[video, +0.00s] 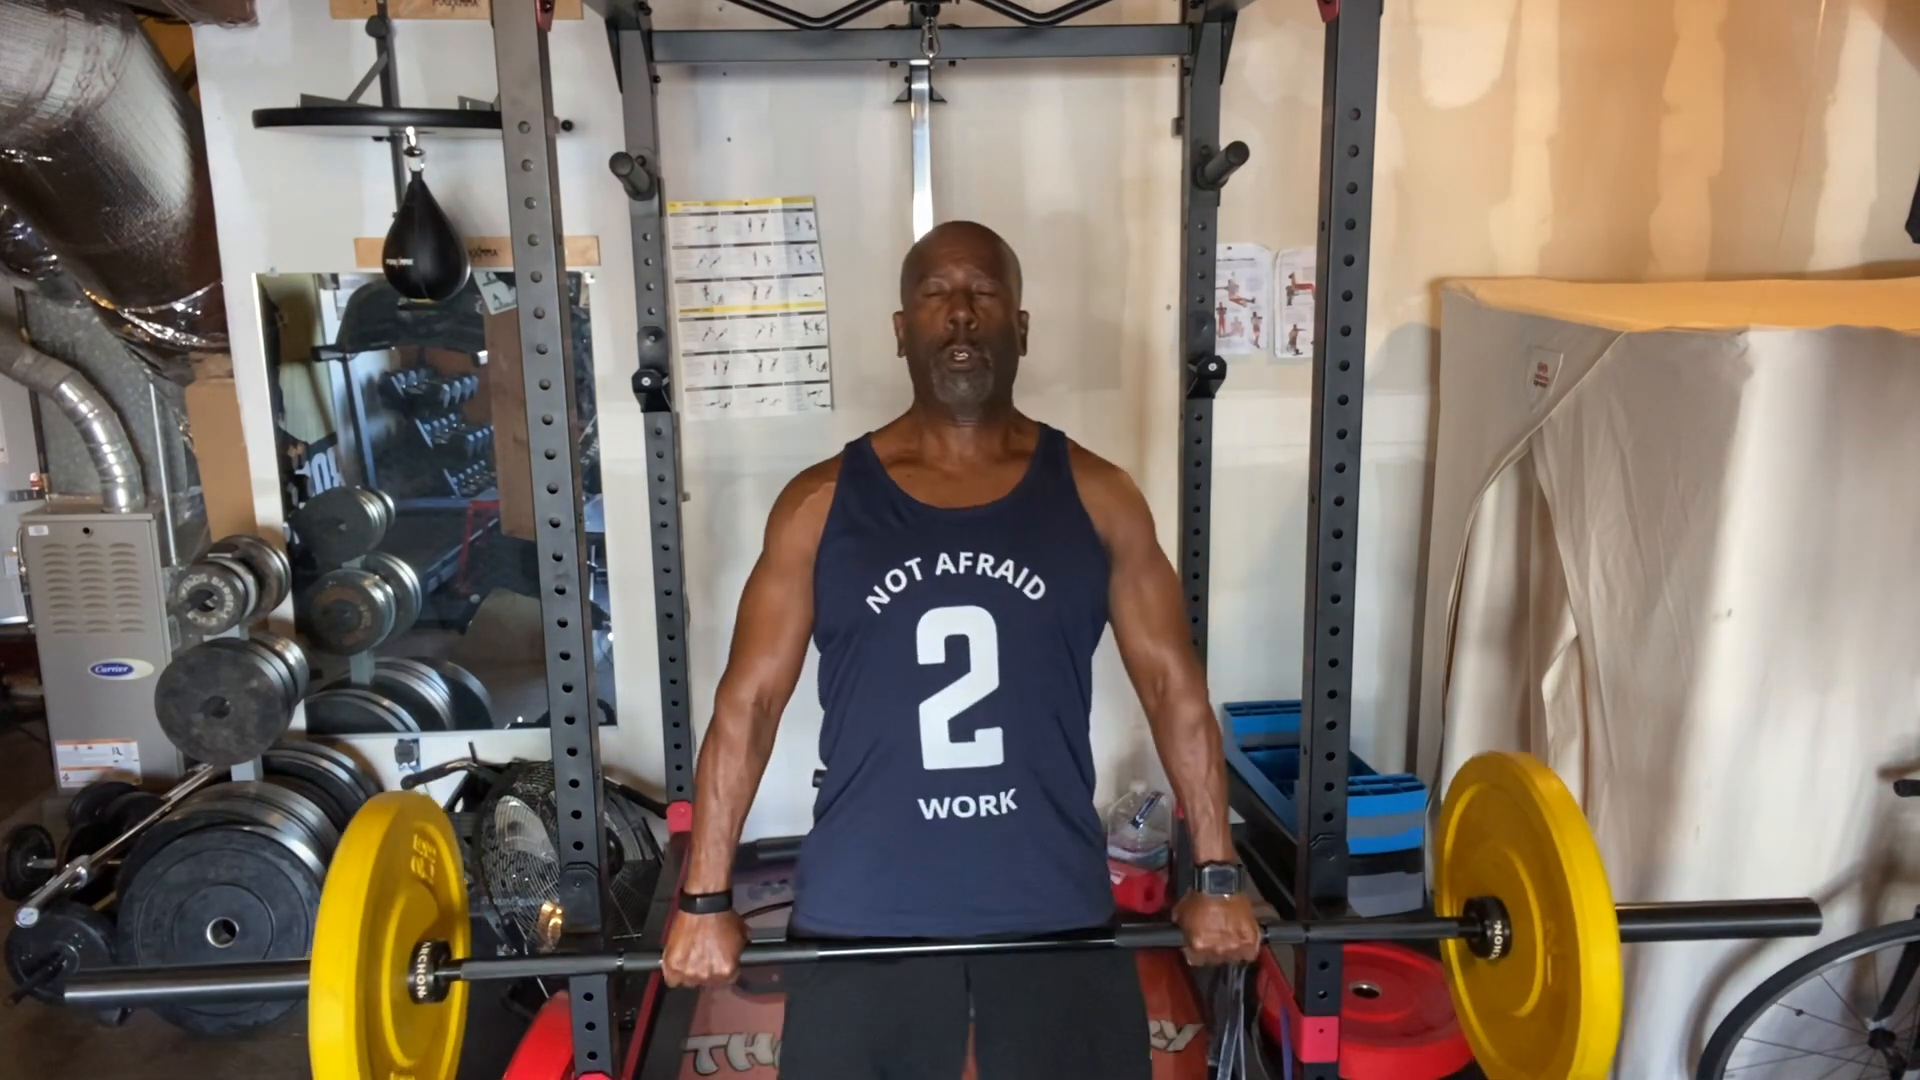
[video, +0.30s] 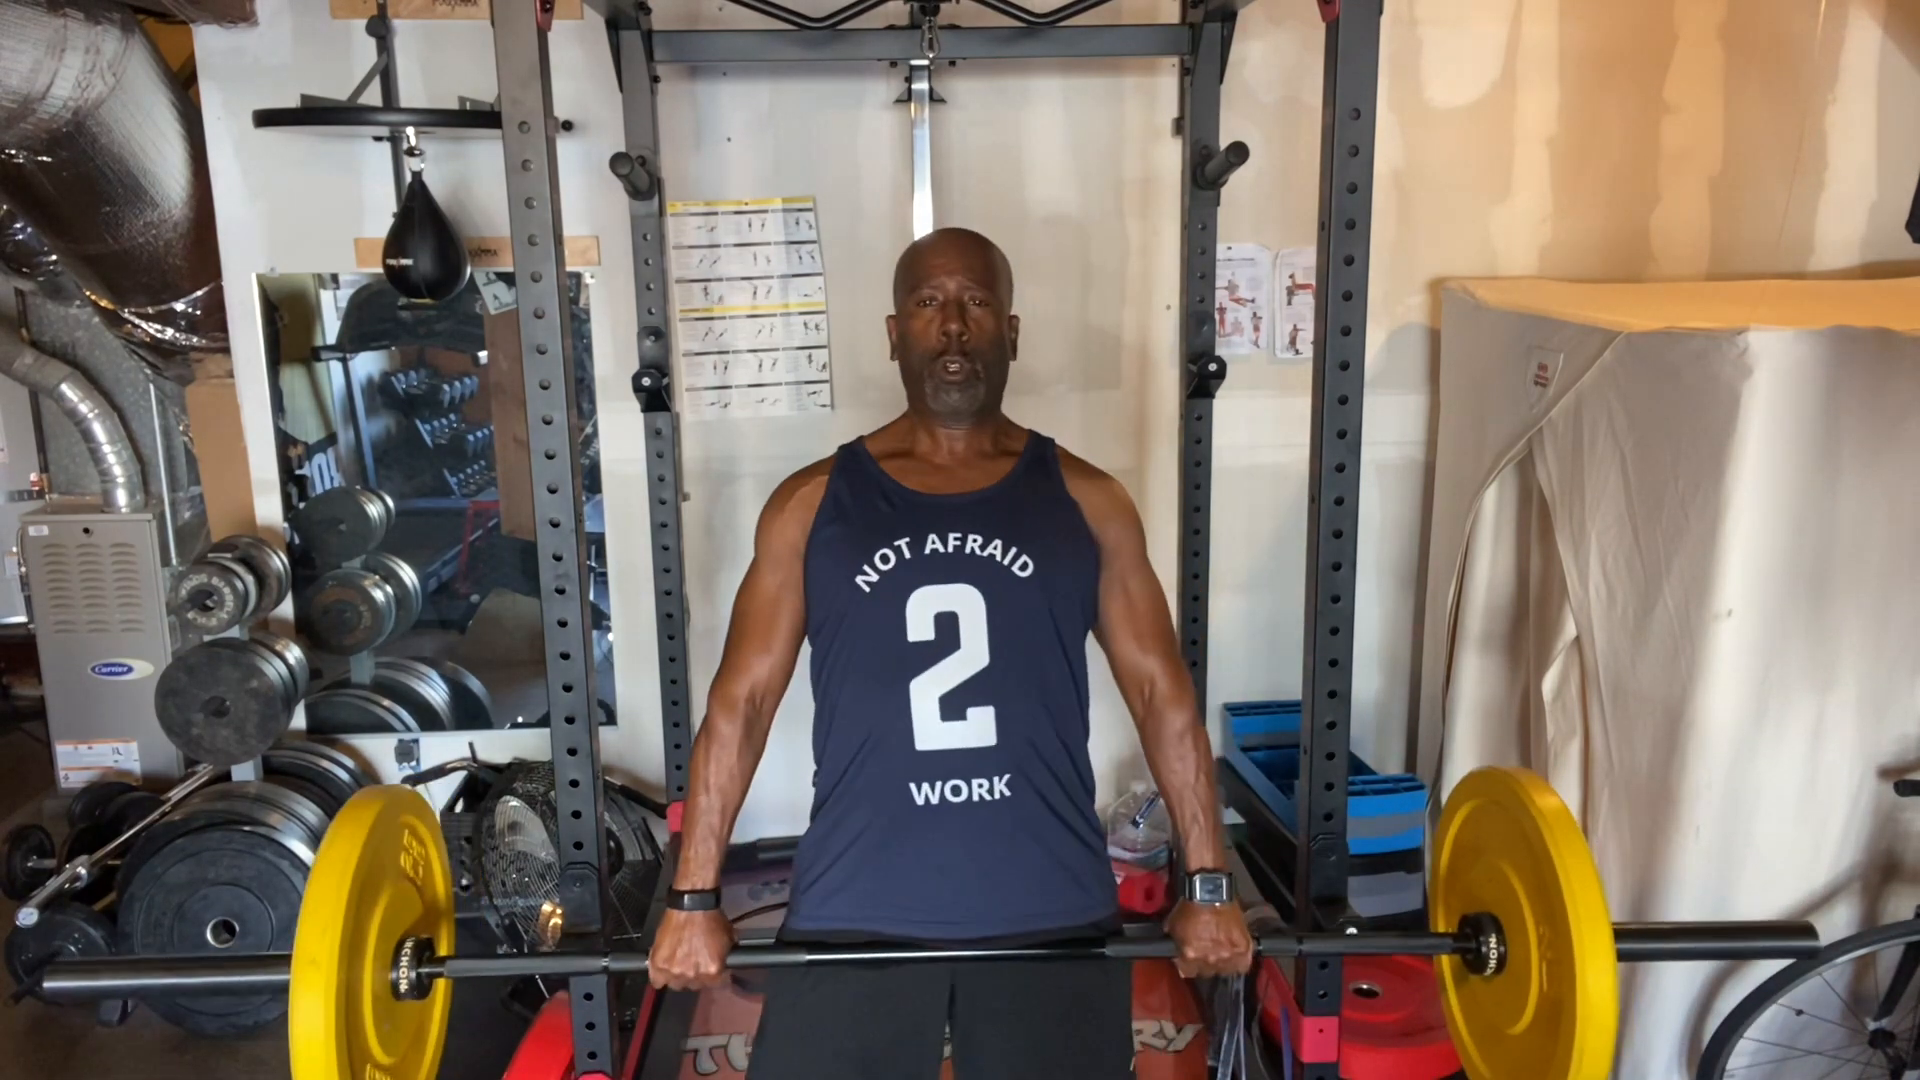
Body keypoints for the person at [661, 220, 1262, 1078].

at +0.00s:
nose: (961, 313)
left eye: (983, 295)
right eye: (936, 297)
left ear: (1021, 327)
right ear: (902, 331)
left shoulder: (1097, 495)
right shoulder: (821, 502)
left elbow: (1172, 684)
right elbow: (749, 702)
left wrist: (1218, 872)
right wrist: (705, 893)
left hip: (1057, 931)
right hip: (863, 936)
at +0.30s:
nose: (954, 321)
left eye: (976, 304)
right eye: (929, 305)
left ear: (1012, 334)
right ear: (895, 338)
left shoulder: (1089, 501)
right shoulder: (811, 504)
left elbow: (1160, 691)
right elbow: (742, 702)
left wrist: (1209, 882)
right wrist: (693, 892)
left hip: (1050, 931)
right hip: (855, 933)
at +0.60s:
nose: (968, 329)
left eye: (989, 308)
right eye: (942, 309)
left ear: (1022, 333)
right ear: (906, 337)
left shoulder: (1097, 505)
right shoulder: (818, 502)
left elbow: (1164, 694)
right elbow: (750, 699)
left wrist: (1212, 885)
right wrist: (700, 891)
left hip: (1057, 923)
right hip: (864, 924)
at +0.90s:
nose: (963, 336)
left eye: (985, 313)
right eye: (938, 313)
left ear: (1020, 335)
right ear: (905, 335)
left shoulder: (1095, 504)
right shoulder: (818, 503)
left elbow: (1167, 692)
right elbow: (751, 701)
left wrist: (1214, 881)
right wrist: (704, 892)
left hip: (1058, 931)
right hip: (861, 933)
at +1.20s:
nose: (952, 366)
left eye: (978, 336)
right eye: (926, 337)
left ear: (1018, 334)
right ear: (893, 336)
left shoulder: (1094, 504)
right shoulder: (813, 507)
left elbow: (1169, 693)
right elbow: (744, 709)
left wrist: (1213, 878)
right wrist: (702, 895)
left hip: (1056, 916)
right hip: (863, 919)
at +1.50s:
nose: (959, 492)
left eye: (987, 461)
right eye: (930, 460)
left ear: (1032, 411)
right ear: (891, 411)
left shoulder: (1103, 546)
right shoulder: (810, 549)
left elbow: (1186, 727)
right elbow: (739, 746)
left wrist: (1212, 901)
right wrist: (706, 920)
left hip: (1048, 896)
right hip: (866, 899)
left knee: (1084, 1063)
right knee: (841, 1064)